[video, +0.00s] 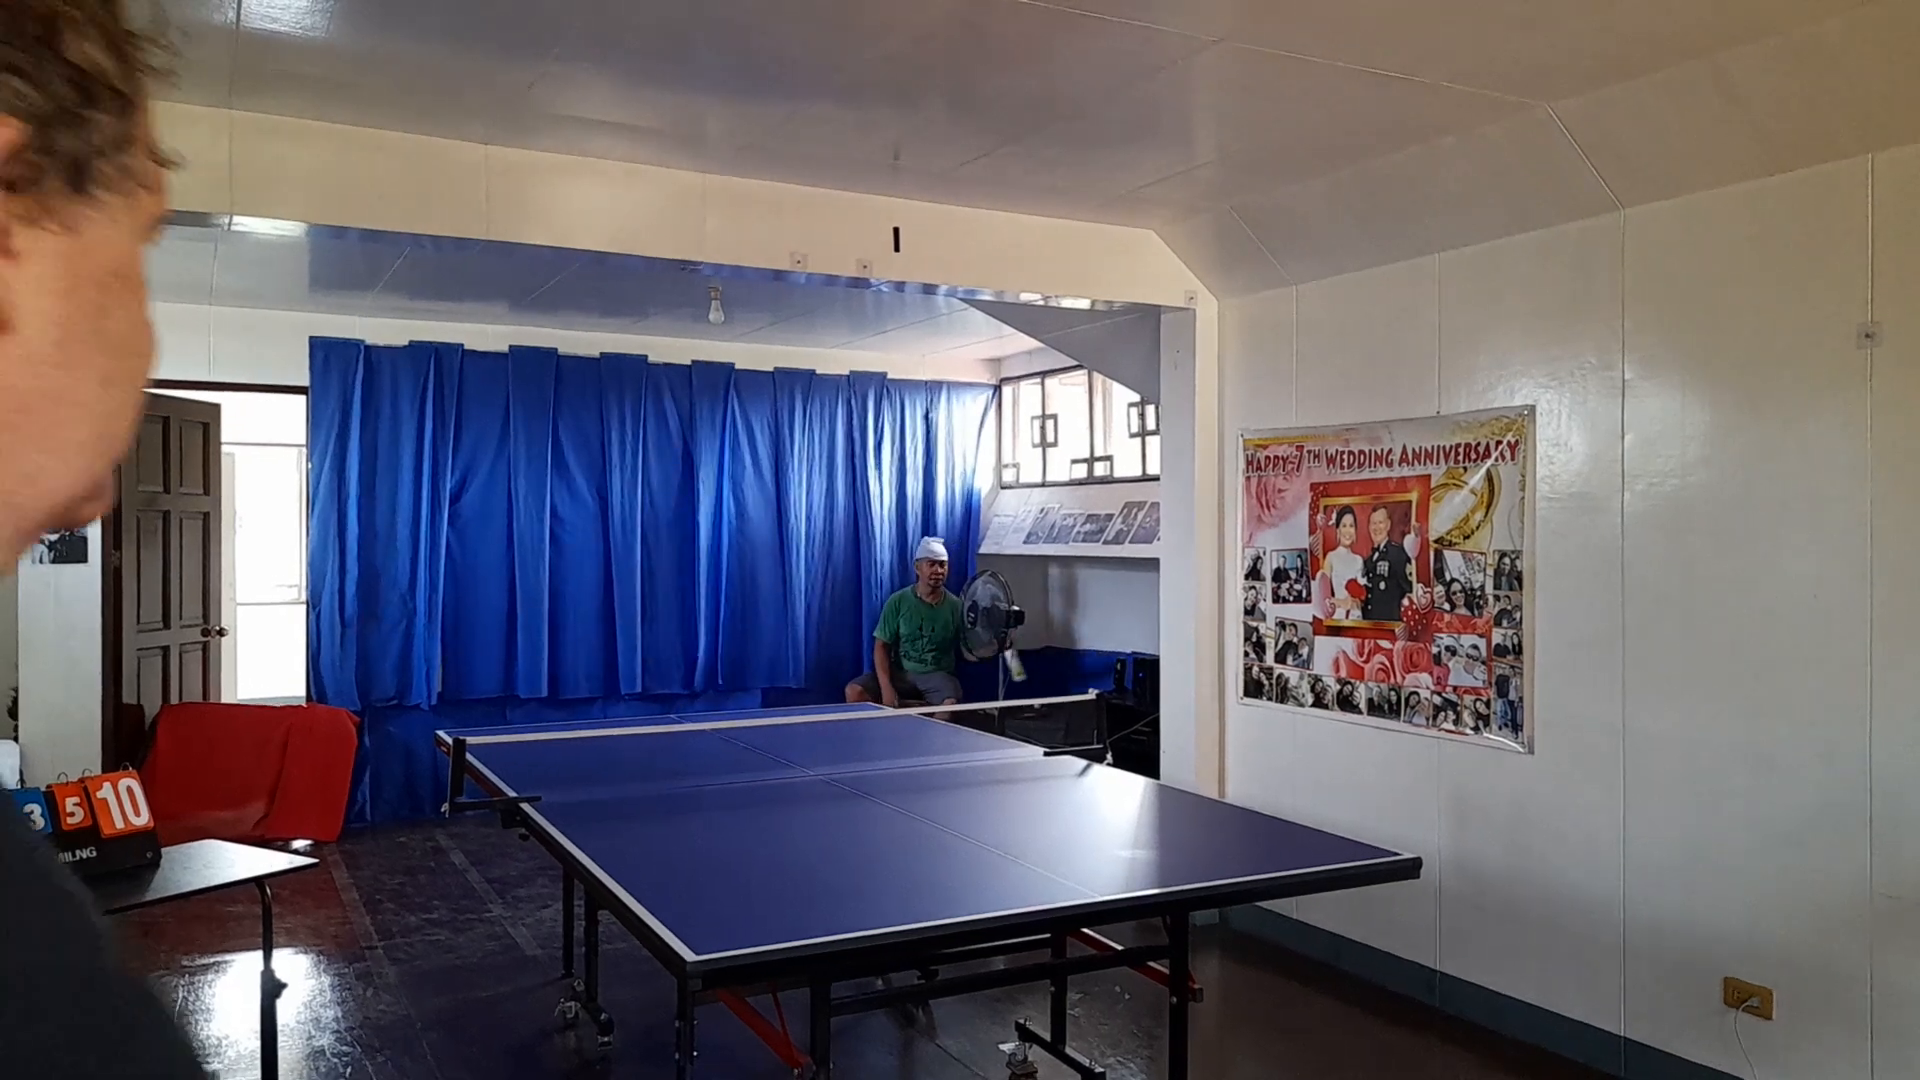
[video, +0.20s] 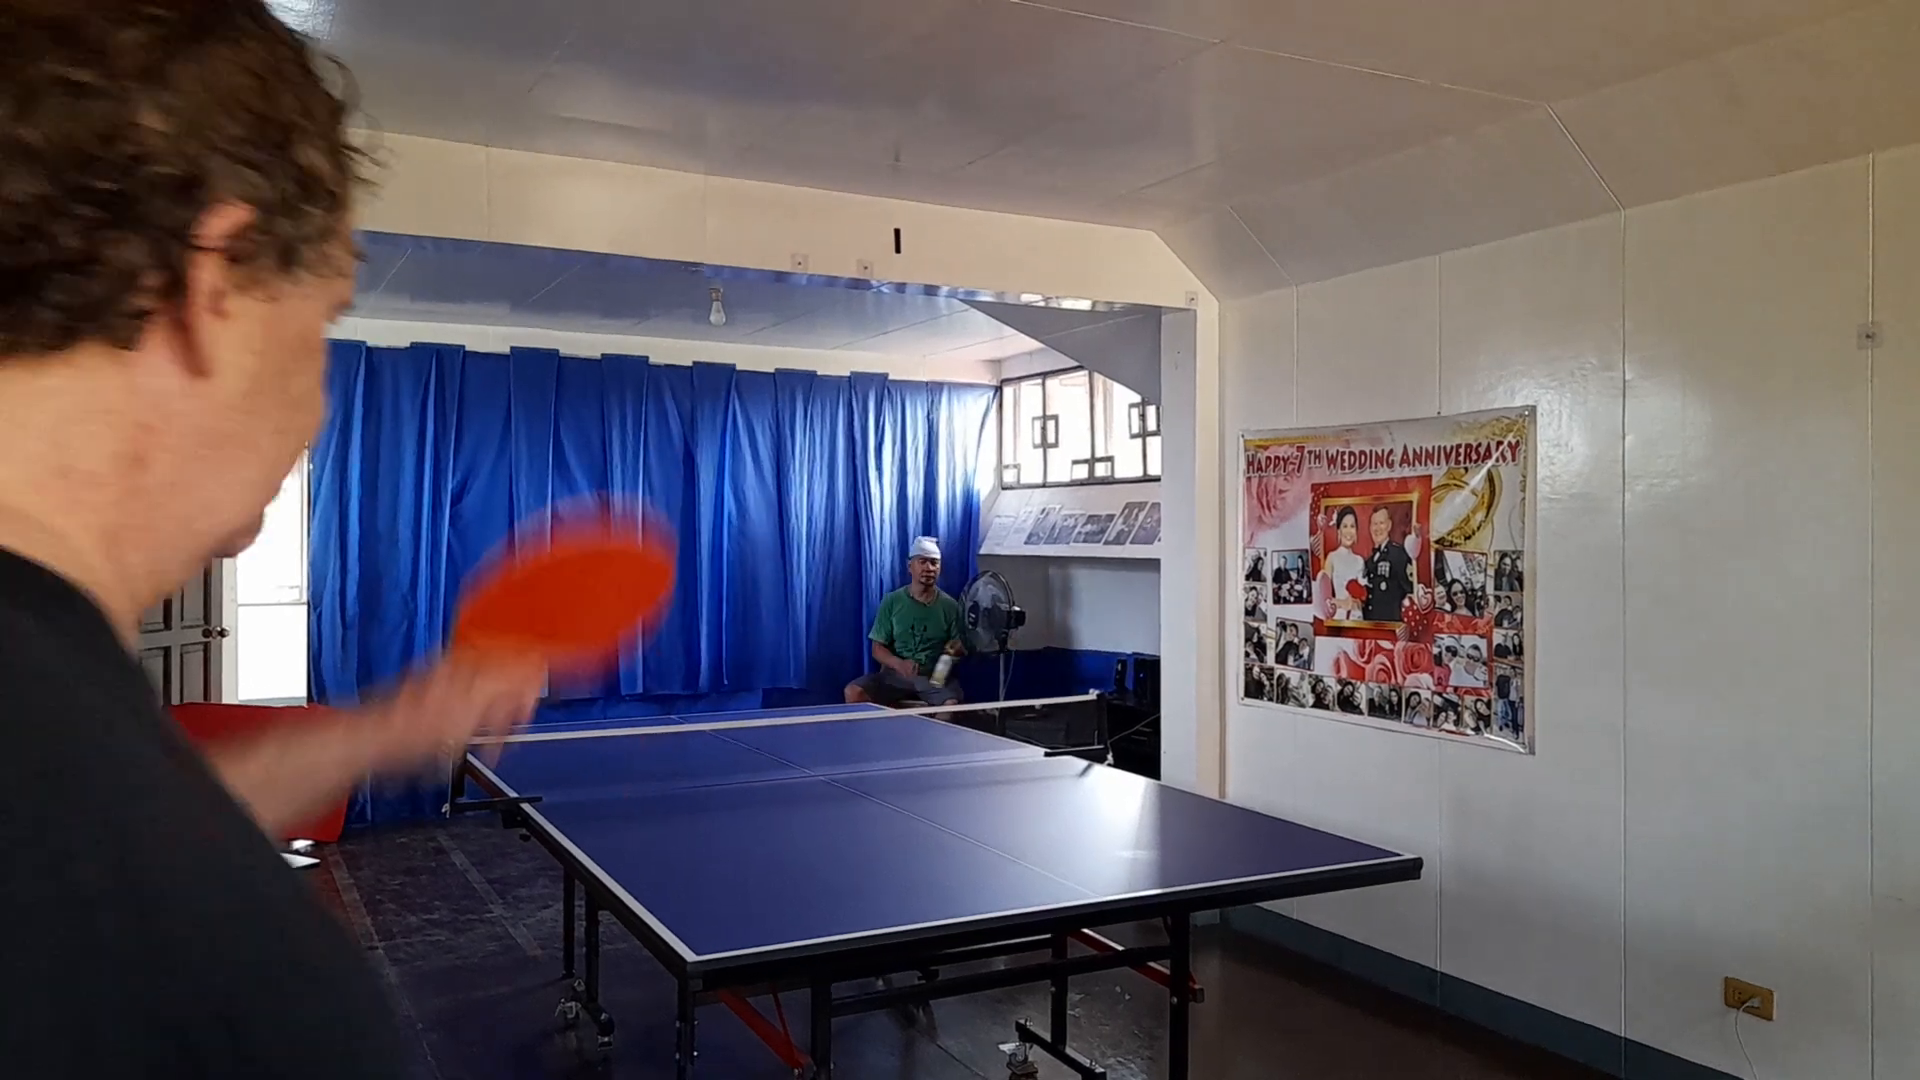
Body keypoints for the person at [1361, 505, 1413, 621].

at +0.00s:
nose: (1376, 527)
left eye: (1381, 523)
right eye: (1373, 523)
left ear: (1388, 525)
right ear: (1369, 526)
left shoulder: (1398, 553)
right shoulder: (1368, 561)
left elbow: (1406, 587)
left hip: (1391, 618)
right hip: (1369, 619)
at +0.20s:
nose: (1377, 528)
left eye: (1381, 523)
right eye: (1374, 524)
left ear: (1389, 525)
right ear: (1369, 527)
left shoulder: (1398, 553)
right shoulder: (1369, 561)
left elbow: (1408, 588)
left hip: (1392, 618)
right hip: (1370, 619)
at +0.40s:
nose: (1378, 530)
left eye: (1382, 525)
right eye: (1374, 525)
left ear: (1390, 527)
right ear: (1370, 528)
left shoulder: (1399, 554)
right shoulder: (1369, 563)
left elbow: (1409, 589)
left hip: (1393, 620)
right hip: (1371, 621)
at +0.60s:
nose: (1376, 527)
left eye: (1381, 523)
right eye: (1373, 523)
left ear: (1388, 524)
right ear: (1369, 526)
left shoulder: (1398, 552)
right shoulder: (1368, 560)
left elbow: (1407, 587)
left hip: (1391, 617)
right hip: (1369, 618)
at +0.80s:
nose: (1377, 527)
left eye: (1382, 522)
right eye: (1374, 523)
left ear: (1389, 524)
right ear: (1369, 526)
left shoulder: (1399, 552)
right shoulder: (1368, 560)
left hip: (1392, 617)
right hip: (1370, 618)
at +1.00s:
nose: (1378, 530)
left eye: (1382, 525)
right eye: (1374, 526)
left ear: (1390, 527)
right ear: (1370, 529)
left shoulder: (1399, 556)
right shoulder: (1370, 562)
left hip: (1393, 621)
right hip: (1372, 621)